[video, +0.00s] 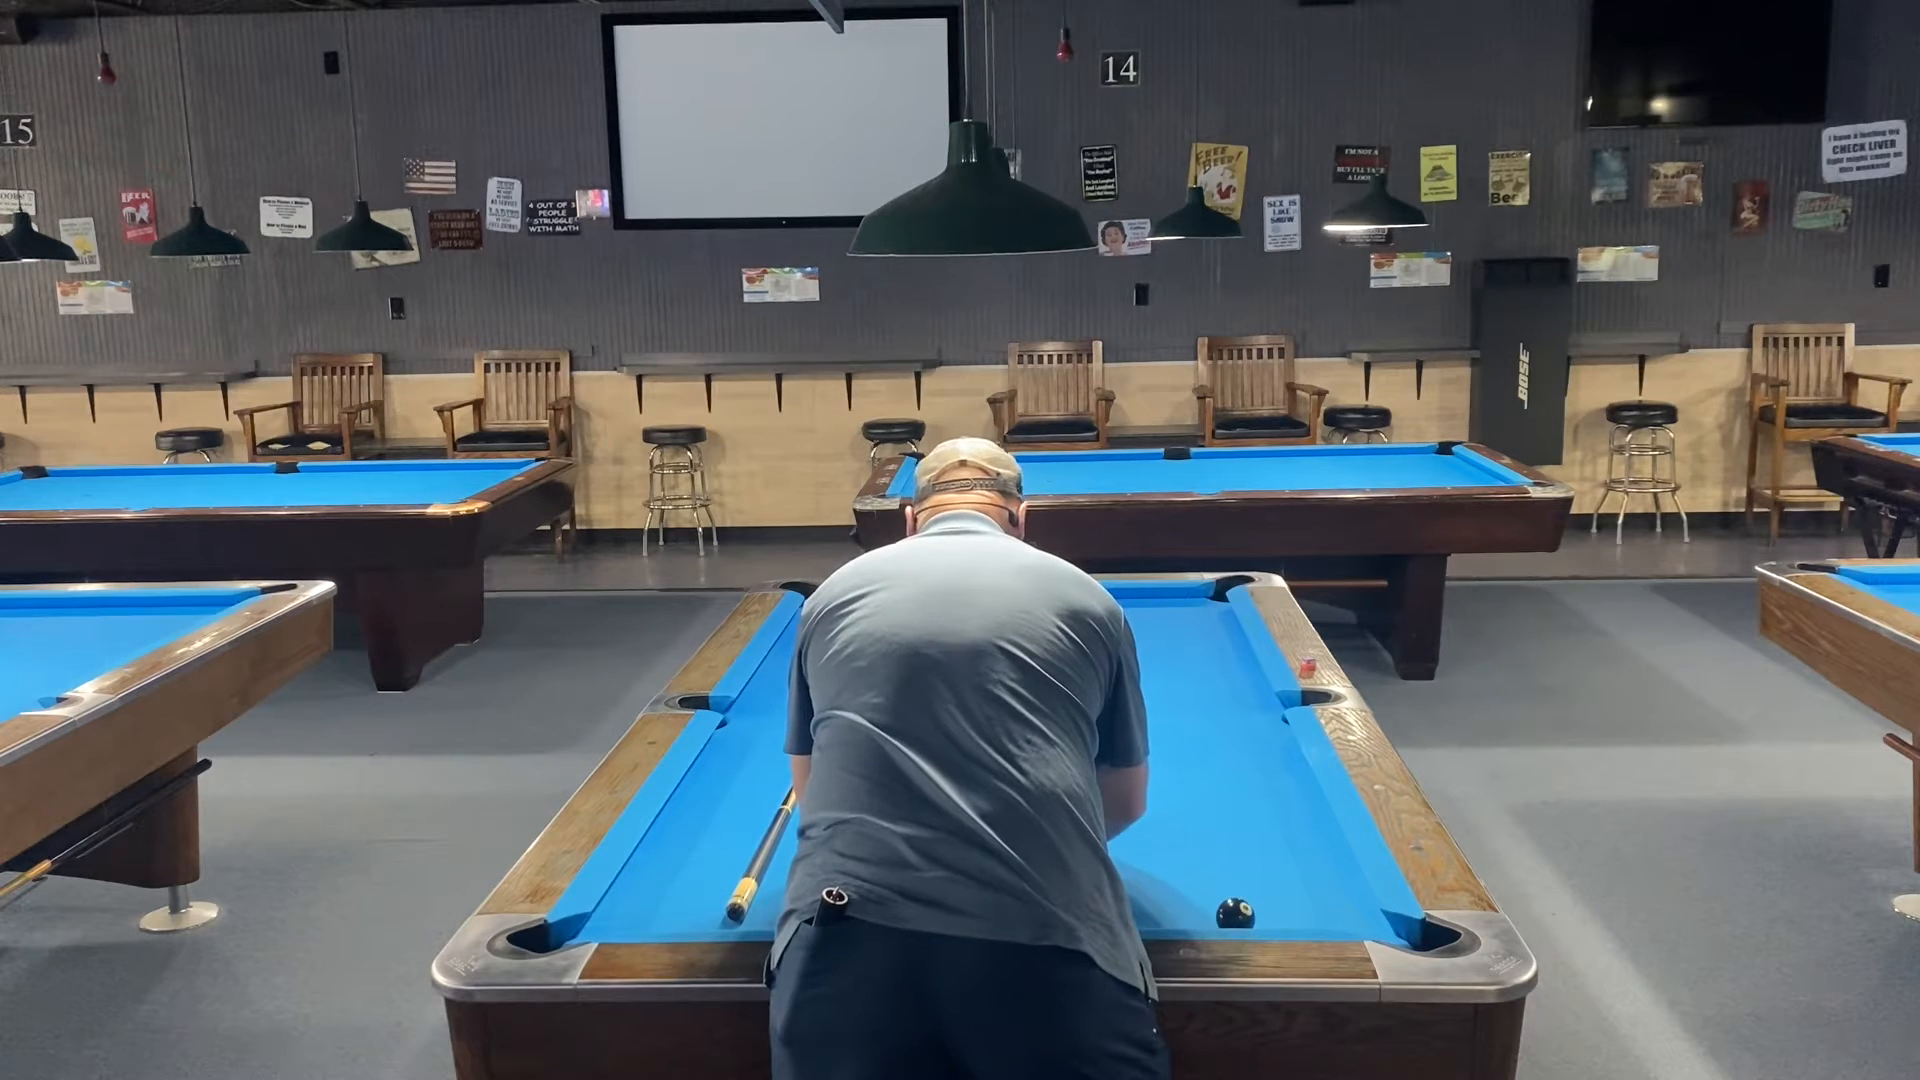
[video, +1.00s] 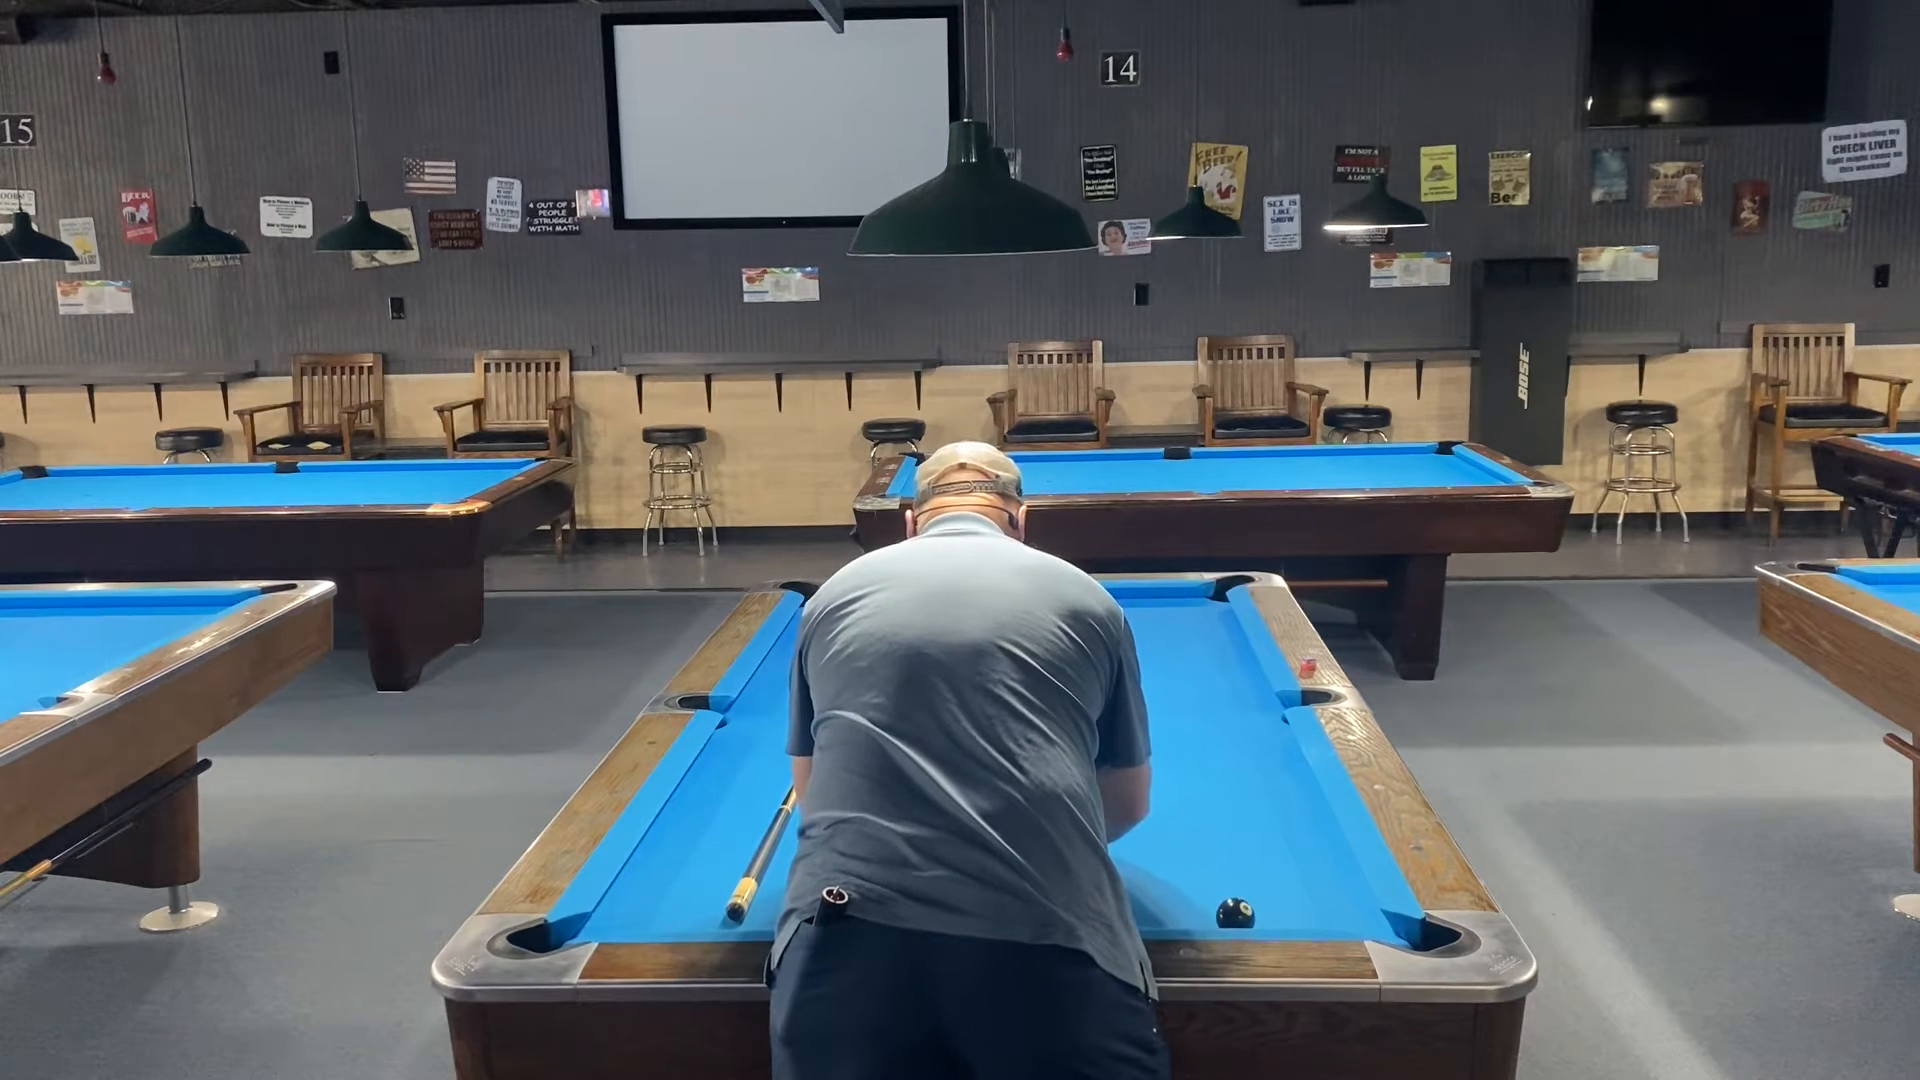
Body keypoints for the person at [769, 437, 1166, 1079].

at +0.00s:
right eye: (1020, 509)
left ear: (911, 518)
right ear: (1018, 514)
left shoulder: (834, 591)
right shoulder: (1088, 597)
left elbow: (809, 786)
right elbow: (1123, 798)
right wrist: (1028, 845)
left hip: (846, 955)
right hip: (1050, 962)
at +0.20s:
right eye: (1020, 511)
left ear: (913, 518)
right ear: (1018, 515)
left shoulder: (834, 592)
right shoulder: (1089, 597)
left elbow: (809, 788)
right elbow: (1123, 800)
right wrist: (1030, 848)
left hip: (846, 954)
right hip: (1051, 962)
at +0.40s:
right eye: (1020, 512)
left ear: (913, 519)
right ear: (1018, 517)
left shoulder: (834, 592)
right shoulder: (1089, 598)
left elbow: (809, 789)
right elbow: (1123, 801)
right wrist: (1031, 849)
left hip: (846, 956)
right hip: (1050, 963)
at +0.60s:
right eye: (1020, 513)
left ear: (913, 519)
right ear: (1018, 517)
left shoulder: (835, 592)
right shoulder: (1089, 598)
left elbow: (809, 790)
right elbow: (1124, 801)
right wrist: (1030, 848)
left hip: (846, 956)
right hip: (1050, 962)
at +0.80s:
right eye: (1021, 513)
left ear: (912, 520)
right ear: (1018, 518)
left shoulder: (835, 591)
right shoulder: (1089, 597)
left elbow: (809, 788)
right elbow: (1124, 801)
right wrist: (1029, 848)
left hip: (846, 955)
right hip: (1050, 962)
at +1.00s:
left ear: (912, 520)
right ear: (1018, 519)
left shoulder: (835, 591)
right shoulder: (1089, 597)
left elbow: (810, 787)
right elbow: (1125, 800)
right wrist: (1030, 848)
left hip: (847, 955)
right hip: (1051, 962)